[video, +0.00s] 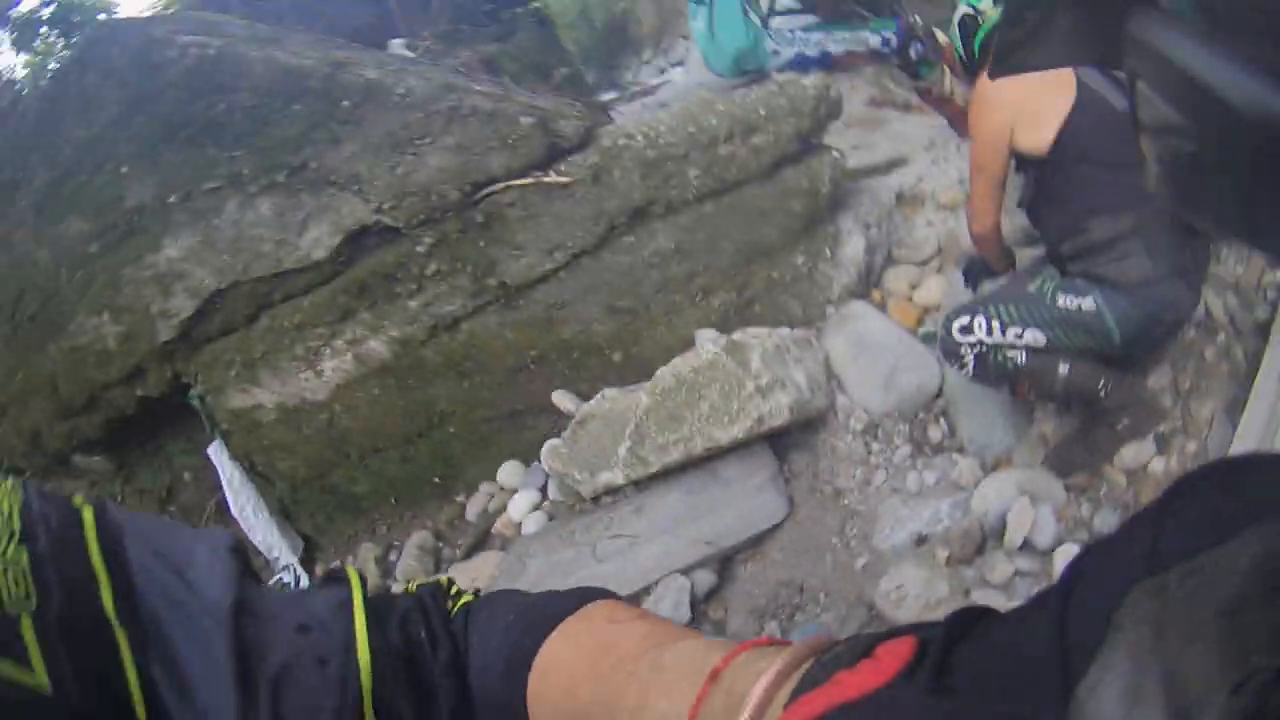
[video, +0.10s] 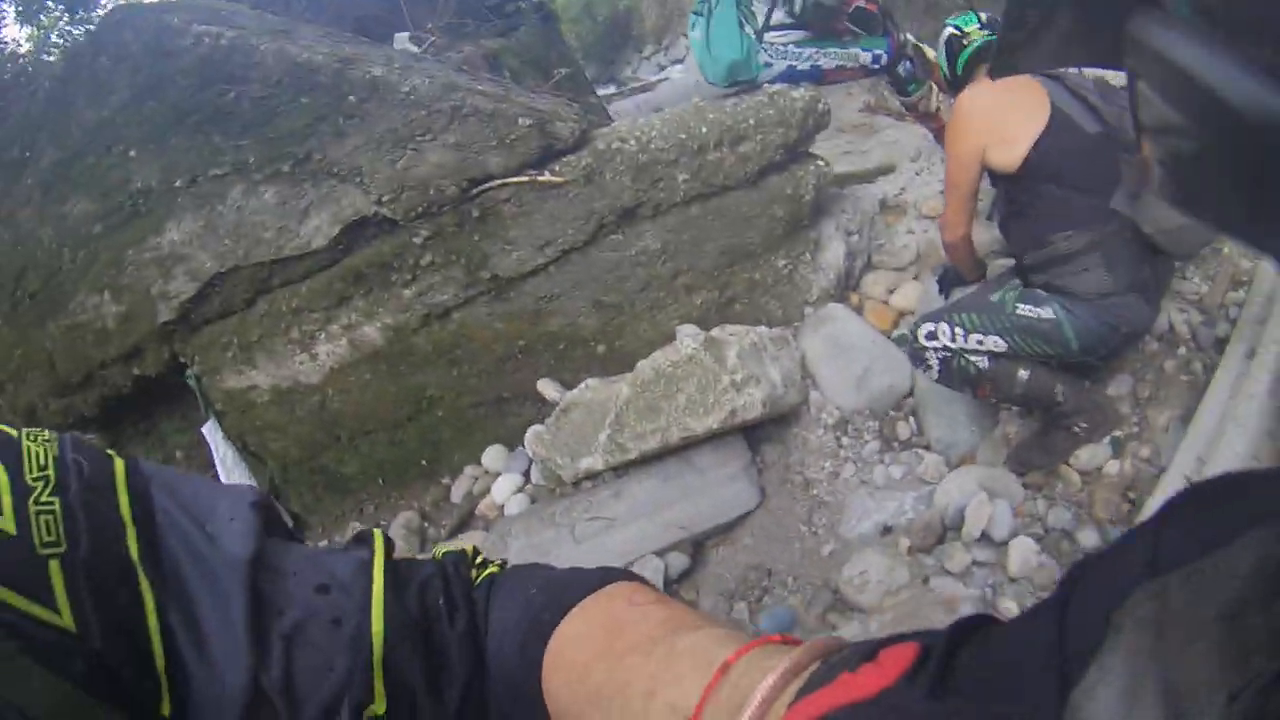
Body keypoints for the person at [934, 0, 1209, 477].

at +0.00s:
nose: (954, 73)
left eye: (953, 57)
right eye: (950, 58)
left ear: (972, 46)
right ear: (1021, 31)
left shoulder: (996, 94)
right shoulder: (1094, 78)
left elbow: (983, 226)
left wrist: (1003, 271)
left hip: (1124, 299)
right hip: (1177, 279)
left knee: (960, 336)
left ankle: (1117, 400)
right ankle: (1126, 355)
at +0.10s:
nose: (939, 90)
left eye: (936, 79)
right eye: (937, 81)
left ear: (947, 74)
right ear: (999, 51)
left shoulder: (974, 107)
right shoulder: (1057, 87)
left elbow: (954, 234)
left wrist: (975, 281)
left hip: (1093, 308)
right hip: (1141, 282)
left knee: (927, 340)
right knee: (955, 287)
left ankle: (1078, 410)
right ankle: (1080, 359)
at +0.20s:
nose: (887, 59)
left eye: (887, 49)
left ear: (899, 44)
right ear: (954, 28)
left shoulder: (907, 79)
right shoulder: (988, 61)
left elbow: (888, 200)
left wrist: (910, 244)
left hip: (1020, 274)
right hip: (1068, 252)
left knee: (859, 302)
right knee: (891, 252)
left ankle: (1005, 372)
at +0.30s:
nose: (859, 99)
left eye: (860, 88)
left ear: (869, 83)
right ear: (931, 73)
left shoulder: (877, 120)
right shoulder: (971, 112)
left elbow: (851, 237)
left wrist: (876, 289)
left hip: (963, 318)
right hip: (1017, 303)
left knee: (815, 339)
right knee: (852, 289)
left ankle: (952, 409)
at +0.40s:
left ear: (843, 137)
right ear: (901, 129)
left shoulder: (840, 172)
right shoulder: (934, 166)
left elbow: (815, 281)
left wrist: (838, 334)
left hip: (910, 360)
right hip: (967, 343)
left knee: (771, 381)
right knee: (815, 332)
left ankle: (900, 444)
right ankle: (918, 404)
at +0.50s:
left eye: (750, 121)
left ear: (763, 122)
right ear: (817, 117)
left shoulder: (750, 157)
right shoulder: (848, 149)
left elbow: (730, 259)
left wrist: (755, 309)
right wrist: (927, 280)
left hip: (820, 336)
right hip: (878, 320)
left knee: (687, 364)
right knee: (736, 312)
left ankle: (813, 414)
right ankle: (832, 377)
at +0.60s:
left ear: (690, 124)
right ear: (750, 117)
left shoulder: (677, 160)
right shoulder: (778, 144)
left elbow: (673, 256)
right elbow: (822, 221)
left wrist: (696, 305)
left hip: (752, 329)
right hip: (815, 307)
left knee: (637, 368)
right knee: (682, 309)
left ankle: (755, 398)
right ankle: (781, 365)